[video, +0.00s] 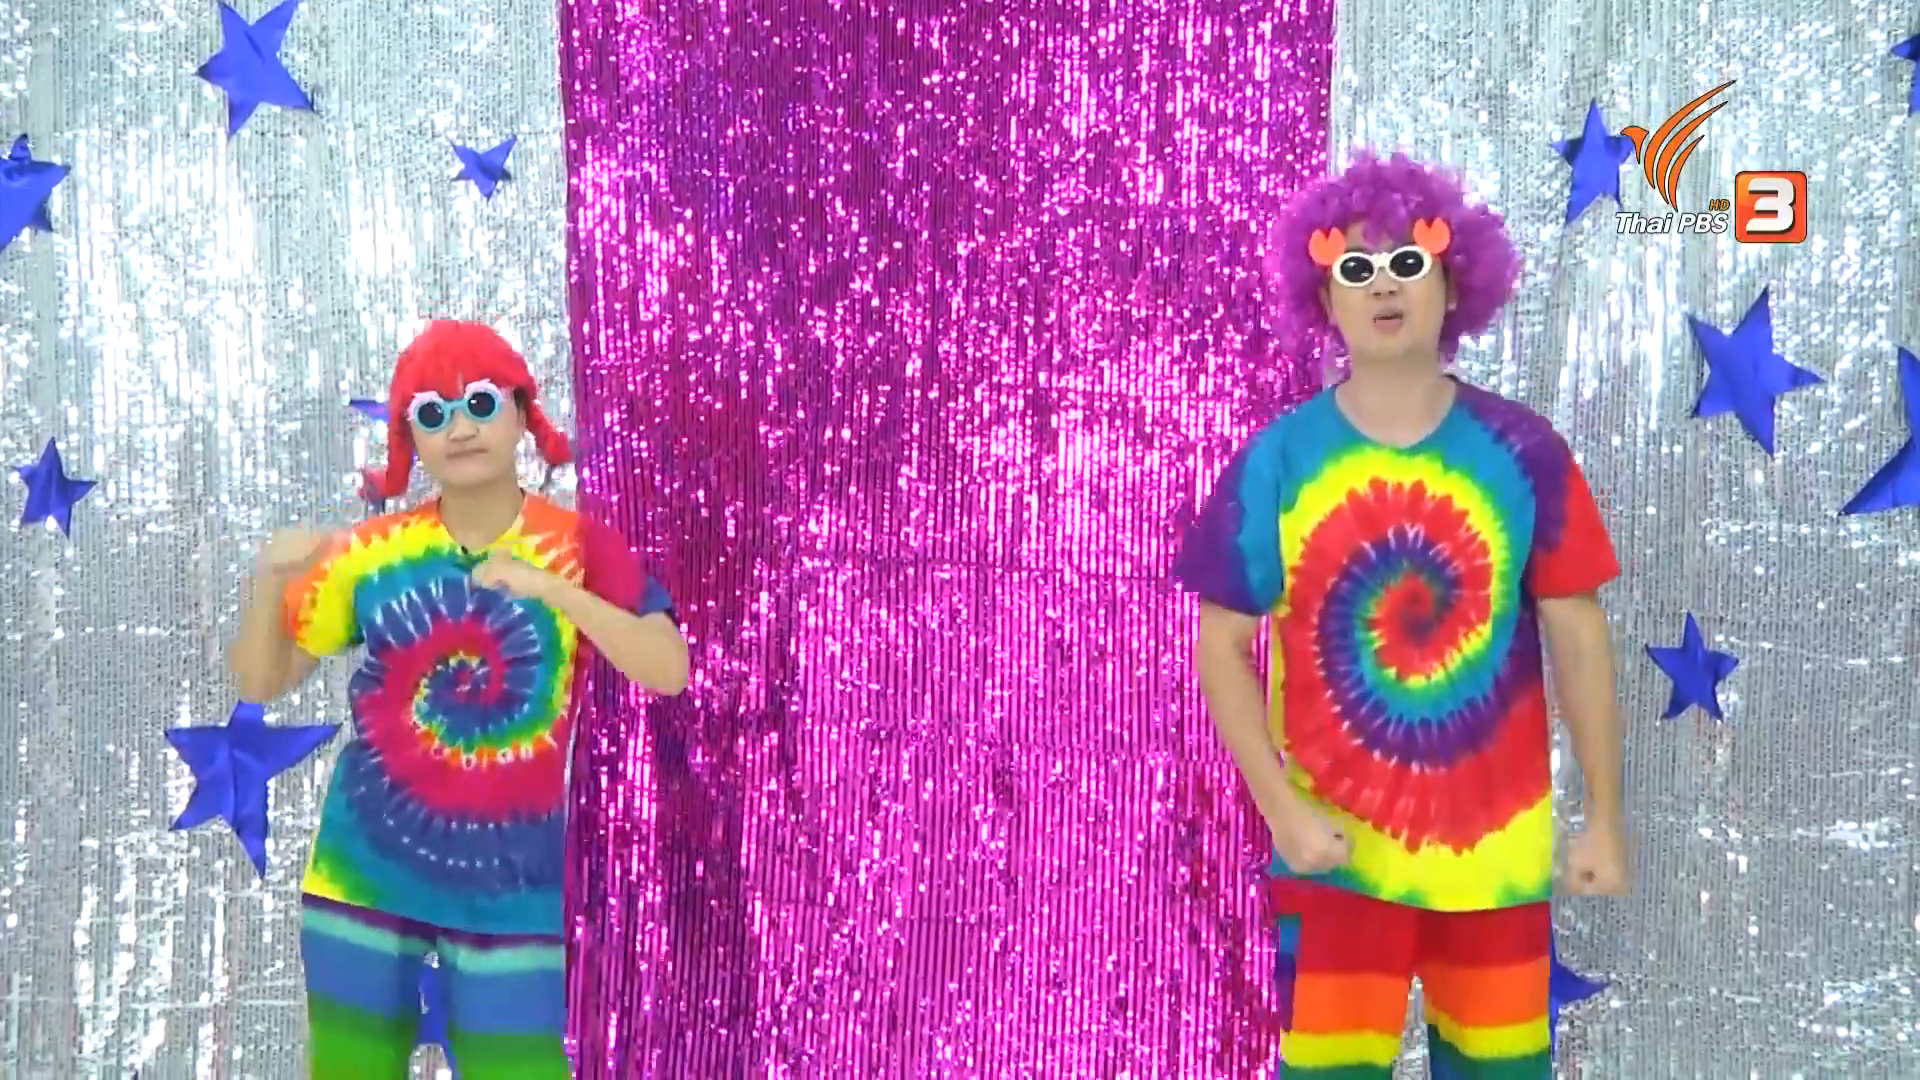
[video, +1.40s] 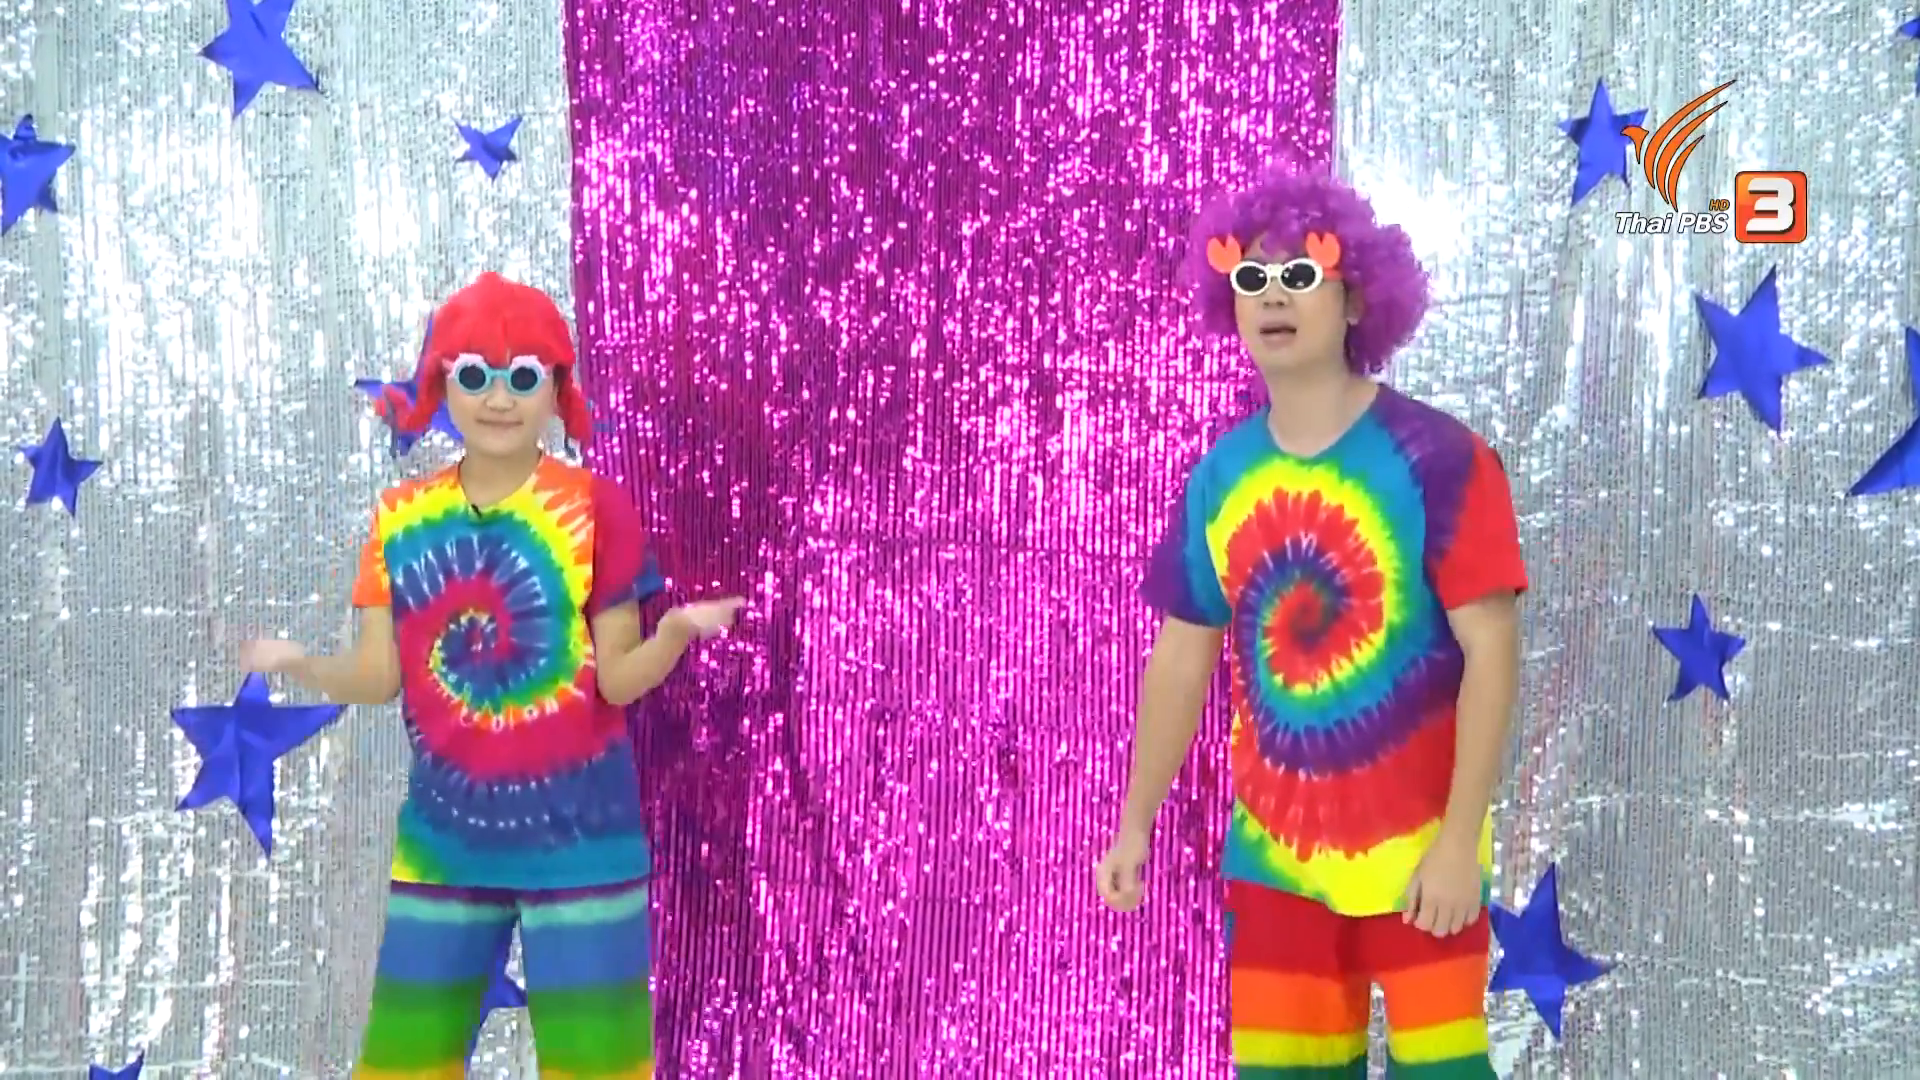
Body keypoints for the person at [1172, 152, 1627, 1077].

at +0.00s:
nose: (1383, 286)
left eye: (1408, 263)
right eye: (1357, 268)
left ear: (1449, 289)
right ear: (1327, 299)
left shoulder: (1526, 450)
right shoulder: (1279, 458)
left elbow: (1577, 633)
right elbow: (1222, 644)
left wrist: (1603, 812)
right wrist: (1279, 801)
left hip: (1498, 858)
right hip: (1343, 856)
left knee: (1503, 1063)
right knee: (1335, 1064)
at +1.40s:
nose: (1271, 297)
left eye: (1299, 273)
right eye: (1250, 278)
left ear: (1351, 301)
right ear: (1228, 308)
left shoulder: (1439, 458)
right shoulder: (1217, 480)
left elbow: (1491, 648)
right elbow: (1182, 655)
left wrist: (1460, 837)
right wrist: (1134, 824)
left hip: (1415, 856)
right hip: (1274, 861)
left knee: (1441, 1067)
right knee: (1280, 1068)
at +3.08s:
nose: (1398, 299)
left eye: (1416, 275)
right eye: (1400, 277)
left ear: (1495, 279)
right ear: (1481, 283)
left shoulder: (1594, 442)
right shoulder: (1430, 419)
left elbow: (1521, 633)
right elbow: (1373, 570)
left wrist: (1350, 612)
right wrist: (1252, 534)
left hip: (1510, 847)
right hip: (1370, 828)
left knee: (1519, 1066)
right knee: (1342, 1061)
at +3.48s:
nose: (1336, 288)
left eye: (1367, 267)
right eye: (1321, 266)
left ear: (1430, 282)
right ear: (1305, 278)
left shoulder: (1489, 433)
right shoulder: (1301, 415)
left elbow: (1440, 626)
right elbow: (1256, 567)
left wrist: (1266, 599)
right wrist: (1155, 546)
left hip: (1440, 822)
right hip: (1293, 815)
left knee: (1460, 1059)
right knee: (1285, 1060)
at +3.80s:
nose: (1305, 295)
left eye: (1330, 271)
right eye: (1281, 272)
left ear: (1370, 284)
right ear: (1249, 287)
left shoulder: (1444, 425)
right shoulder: (1219, 436)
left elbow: (1468, 625)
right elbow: (1143, 596)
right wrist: (1102, 742)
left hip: (1429, 799)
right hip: (1282, 812)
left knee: (1465, 1049)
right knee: (1285, 1057)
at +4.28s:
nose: (1366, 280)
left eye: (1389, 258)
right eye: (1339, 261)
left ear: (1422, 273)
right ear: (1301, 277)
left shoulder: (1488, 417)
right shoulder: (1249, 431)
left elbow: (1538, 591)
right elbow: (1217, 622)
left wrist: (1578, 770)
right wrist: (1298, 778)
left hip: (1469, 814)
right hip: (1311, 814)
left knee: (1492, 1056)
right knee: (1305, 1061)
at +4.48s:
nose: (1433, 281)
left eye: (1455, 258)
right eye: (1405, 261)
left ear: (1491, 275)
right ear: (1366, 284)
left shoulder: (1547, 433)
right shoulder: (1307, 431)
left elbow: (1568, 624)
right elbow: (1276, 626)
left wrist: (1576, 806)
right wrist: (1274, 807)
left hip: (1503, 834)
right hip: (1348, 833)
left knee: (1506, 1065)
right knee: (1326, 1064)